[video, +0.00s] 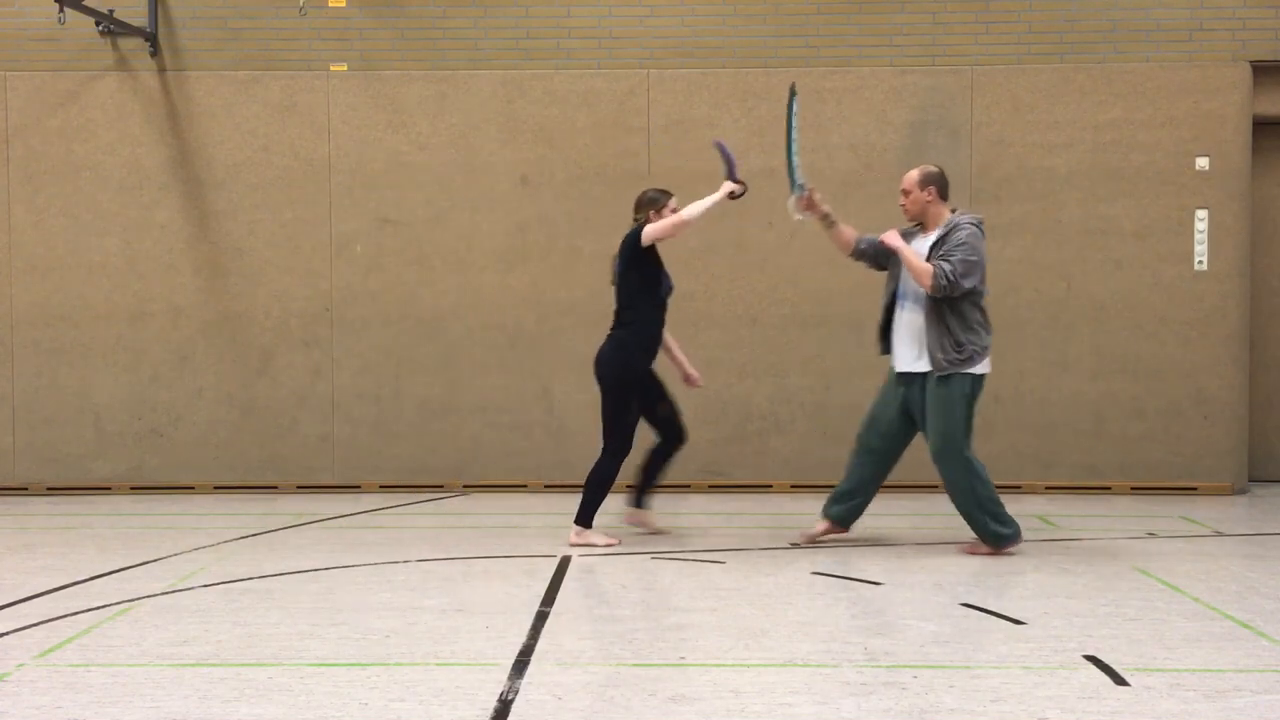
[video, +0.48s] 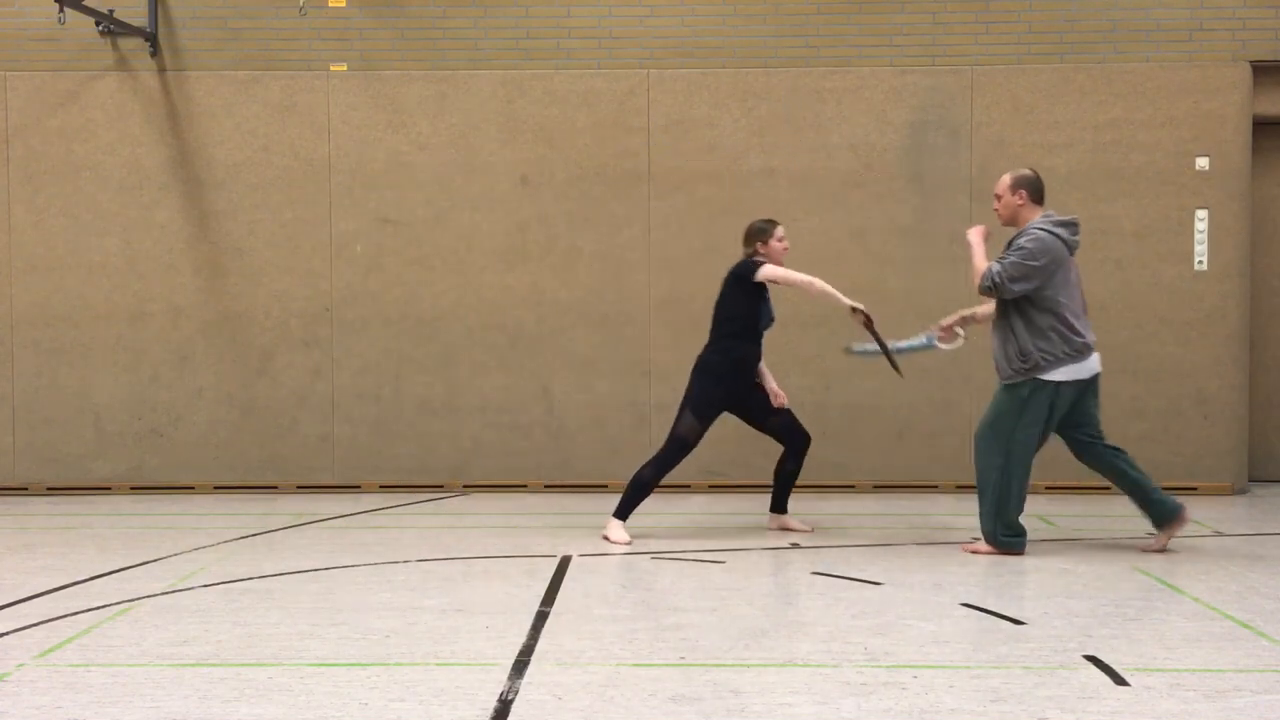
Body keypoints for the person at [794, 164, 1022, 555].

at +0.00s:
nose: (901, 201)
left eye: (906, 194)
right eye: (900, 194)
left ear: (931, 194)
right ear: (921, 196)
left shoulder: (965, 236)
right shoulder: (910, 239)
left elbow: (939, 283)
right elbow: (861, 249)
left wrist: (901, 249)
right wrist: (824, 215)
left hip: (952, 370)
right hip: (909, 370)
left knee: (950, 453)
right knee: (874, 443)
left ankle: (1001, 535)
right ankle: (838, 519)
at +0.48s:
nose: (995, 205)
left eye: (998, 198)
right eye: (994, 198)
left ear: (1021, 198)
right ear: (1026, 200)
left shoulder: (1036, 242)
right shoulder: (1048, 237)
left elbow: (987, 283)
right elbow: (1012, 305)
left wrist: (977, 244)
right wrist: (964, 317)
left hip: (1044, 372)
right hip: (1076, 368)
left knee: (995, 441)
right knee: (1090, 447)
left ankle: (1004, 539)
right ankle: (1167, 514)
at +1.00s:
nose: (975, 207)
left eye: (979, 199)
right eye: (975, 200)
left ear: (1001, 198)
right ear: (1004, 200)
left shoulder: (1023, 236)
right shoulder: (1016, 238)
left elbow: (978, 276)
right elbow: (971, 297)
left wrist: (961, 238)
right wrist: (914, 299)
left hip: (1039, 367)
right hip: (1058, 363)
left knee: (989, 441)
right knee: (1075, 440)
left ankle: (1005, 538)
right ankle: (1151, 507)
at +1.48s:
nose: (892, 209)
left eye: (897, 202)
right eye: (892, 202)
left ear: (920, 201)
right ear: (915, 200)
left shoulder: (957, 236)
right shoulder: (888, 248)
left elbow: (948, 254)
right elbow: (840, 261)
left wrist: (911, 221)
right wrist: (786, 244)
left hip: (933, 371)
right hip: (883, 369)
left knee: (931, 453)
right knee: (843, 443)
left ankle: (989, 526)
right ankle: (829, 526)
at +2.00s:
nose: (868, 208)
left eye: (873, 200)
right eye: (868, 200)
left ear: (898, 199)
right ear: (883, 201)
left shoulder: (934, 233)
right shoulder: (865, 247)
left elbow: (924, 250)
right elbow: (820, 264)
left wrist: (887, 216)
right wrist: (768, 243)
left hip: (913, 368)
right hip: (864, 368)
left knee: (921, 450)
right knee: (831, 443)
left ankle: (988, 523)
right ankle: (830, 528)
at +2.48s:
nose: (921, 204)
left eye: (924, 197)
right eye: (920, 197)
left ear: (948, 193)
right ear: (947, 194)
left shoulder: (984, 229)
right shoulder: (951, 239)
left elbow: (953, 269)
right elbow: (911, 275)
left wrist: (921, 229)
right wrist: (873, 238)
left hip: (980, 362)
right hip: (950, 361)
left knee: (972, 450)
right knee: (919, 434)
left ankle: (1006, 538)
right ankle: (907, 525)